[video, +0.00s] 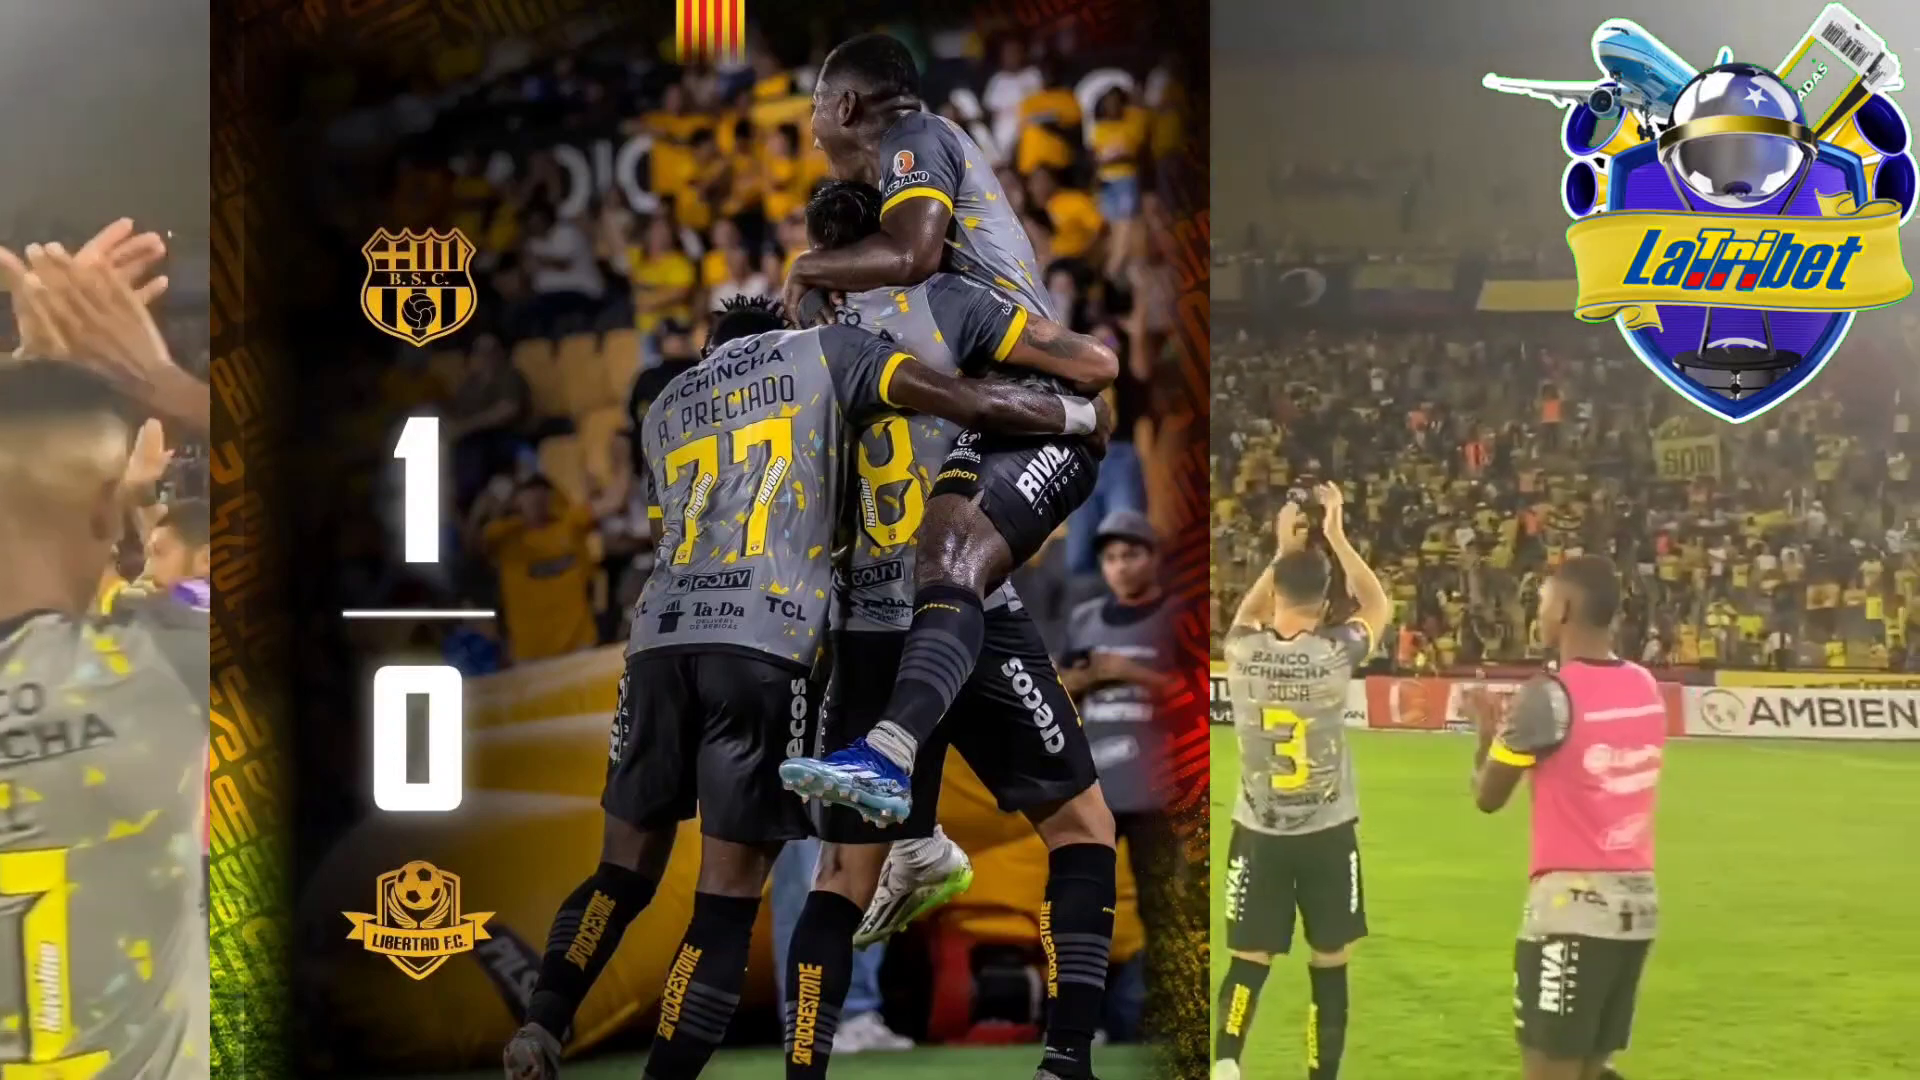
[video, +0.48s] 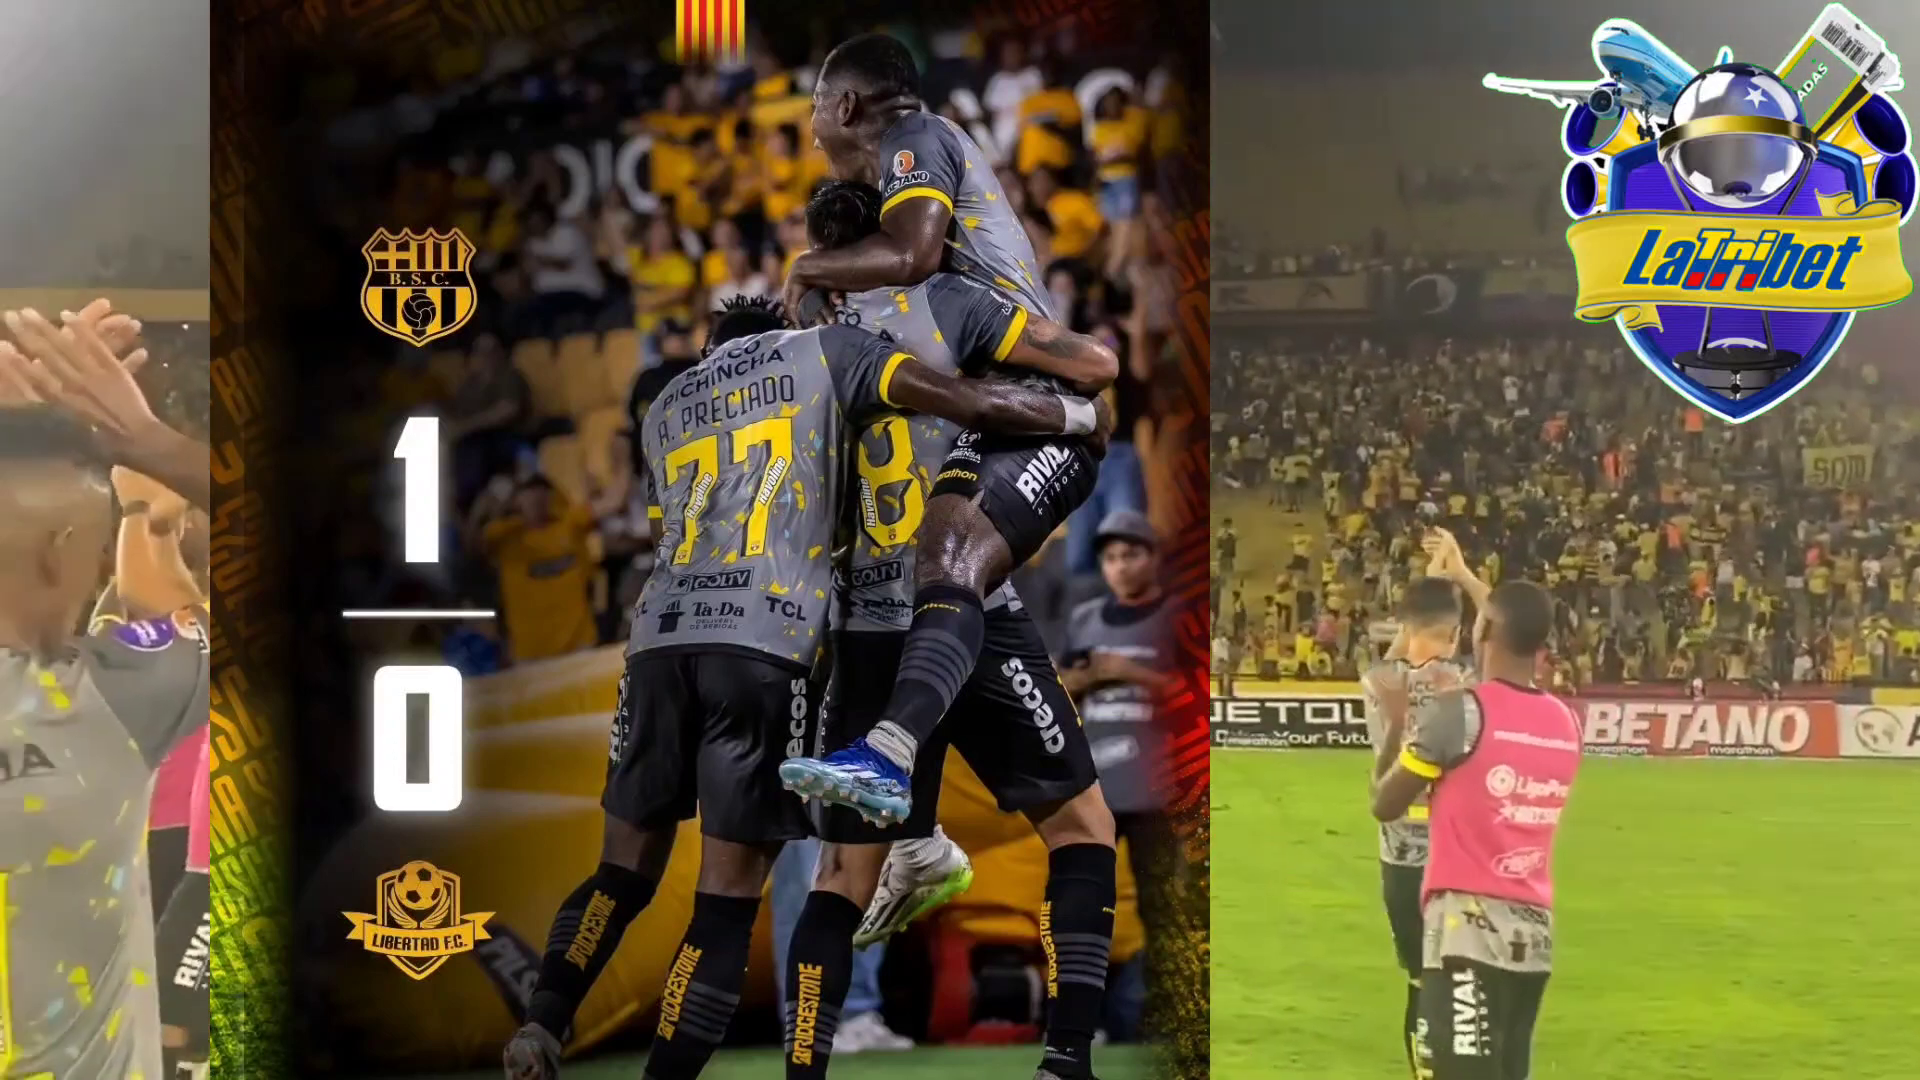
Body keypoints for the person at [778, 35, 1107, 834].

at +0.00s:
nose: (816, 129)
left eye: (821, 109)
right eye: (815, 111)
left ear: (855, 102)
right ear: (880, 104)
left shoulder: (915, 135)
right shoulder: (911, 152)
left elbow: (914, 251)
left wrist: (808, 265)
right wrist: (807, 299)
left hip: (1043, 405)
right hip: (983, 402)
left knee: (954, 557)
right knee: (899, 564)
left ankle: (889, 758)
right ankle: (916, 837)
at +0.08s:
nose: (817, 132)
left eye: (822, 112)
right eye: (816, 114)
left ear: (856, 102)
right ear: (879, 104)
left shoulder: (914, 133)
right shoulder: (908, 151)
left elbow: (914, 251)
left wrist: (808, 265)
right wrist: (808, 299)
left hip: (1043, 404)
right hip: (980, 402)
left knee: (953, 555)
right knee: (894, 565)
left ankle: (889, 757)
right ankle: (915, 837)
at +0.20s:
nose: (815, 126)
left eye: (821, 108)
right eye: (815, 109)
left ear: (856, 102)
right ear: (881, 103)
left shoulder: (914, 135)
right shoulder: (904, 160)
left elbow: (914, 250)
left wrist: (806, 265)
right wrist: (808, 297)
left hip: (1044, 400)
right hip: (981, 398)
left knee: (953, 557)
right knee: (898, 565)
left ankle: (889, 757)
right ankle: (916, 837)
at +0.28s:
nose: (815, 128)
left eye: (821, 109)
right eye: (815, 111)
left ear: (856, 102)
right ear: (879, 104)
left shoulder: (914, 135)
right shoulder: (902, 161)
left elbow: (914, 251)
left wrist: (806, 265)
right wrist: (808, 298)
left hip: (1044, 403)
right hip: (980, 401)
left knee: (952, 557)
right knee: (902, 567)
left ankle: (890, 754)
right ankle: (916, 838)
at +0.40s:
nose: (816, 130)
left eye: (821, 111)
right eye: (815, 113)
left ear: (856, 102)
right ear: (880, 104)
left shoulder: (915, 136)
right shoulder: (905, 160)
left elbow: (915, 251)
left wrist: (807, 265)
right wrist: (806, 299)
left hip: (1044, 402)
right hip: (981, 399)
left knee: (952, 558)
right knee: (900, 570)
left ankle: (890, 757)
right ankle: (916, 837)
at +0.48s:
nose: (817, 132)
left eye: (821, 113)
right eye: (815, 115)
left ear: (855, 102)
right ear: (881, 103)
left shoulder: (915, 136)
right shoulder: (905, 161)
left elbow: (914, 251)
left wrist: (806, 265)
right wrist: (807, 299)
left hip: (1044, 404)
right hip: (978, 402)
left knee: (951, 557)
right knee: (888, 569)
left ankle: (890, 756)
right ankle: (915, 839)